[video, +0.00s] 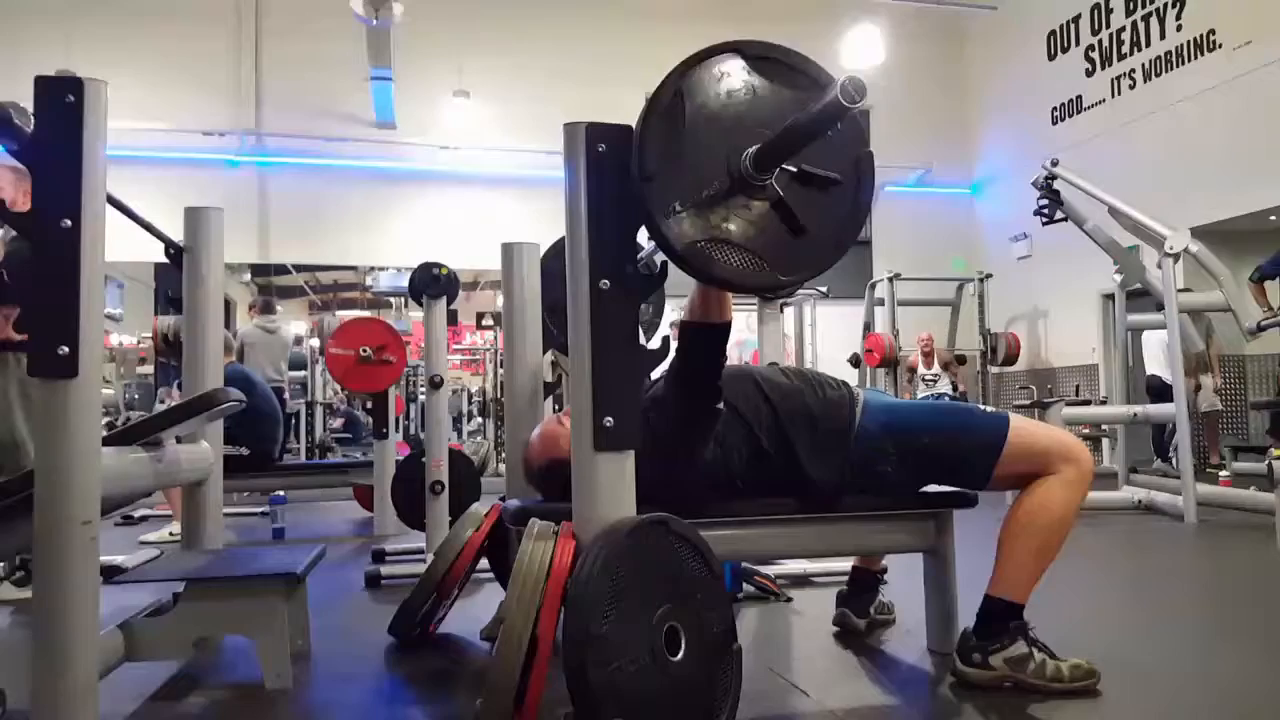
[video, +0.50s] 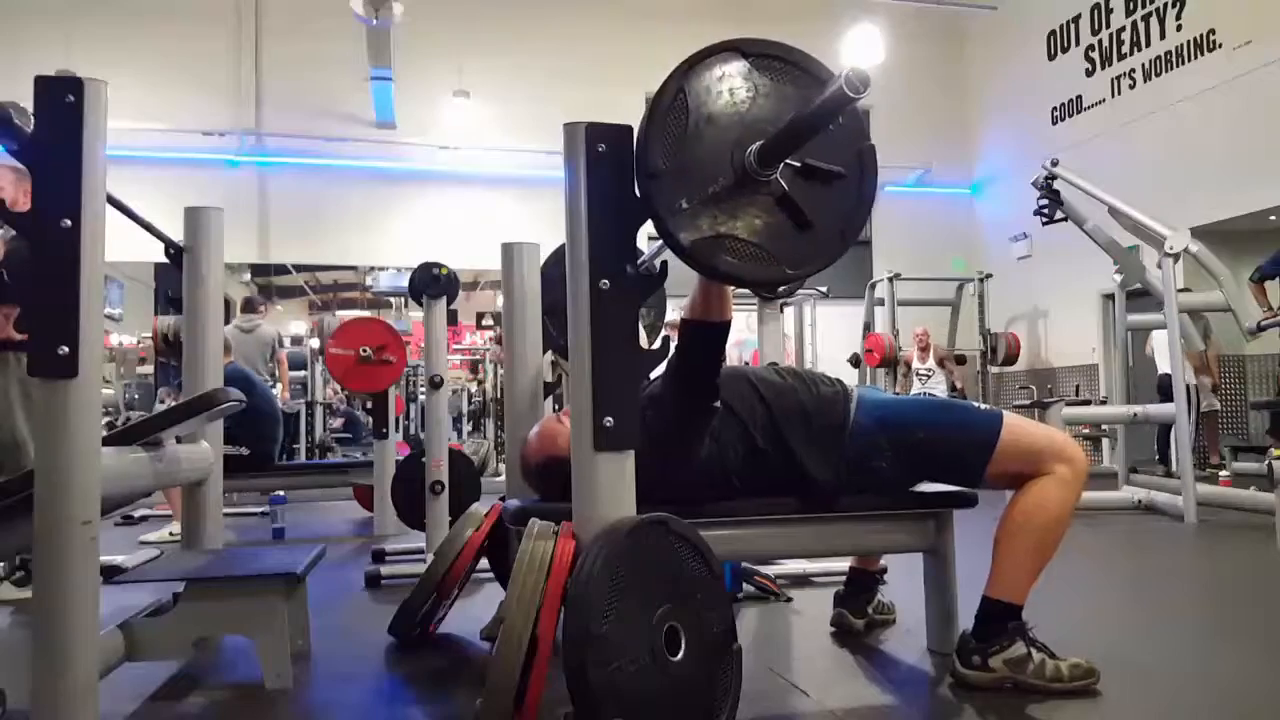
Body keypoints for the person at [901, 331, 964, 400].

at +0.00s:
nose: (925, 343)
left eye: (928, 340)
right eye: (922, 341)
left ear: (932, 342)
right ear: (918, 343)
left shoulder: (944, 357)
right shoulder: (913, 361)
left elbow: (957, 373)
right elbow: (908, 381)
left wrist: (961, 389)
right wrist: (907, 398)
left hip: (943, 391)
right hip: (923, 392)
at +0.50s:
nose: (920, 338)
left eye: (922, 335)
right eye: (917, 336)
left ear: (928, 337)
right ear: (914, 339)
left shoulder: (940, 353)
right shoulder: (910, 356)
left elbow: (953, 371)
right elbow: (902, 375)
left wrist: (960, 388)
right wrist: (898, 391)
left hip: (937, 393)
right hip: (916, 393)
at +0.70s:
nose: (911, 338)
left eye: (914, 335)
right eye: (908, 336)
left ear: (919, 337)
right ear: (905, 339)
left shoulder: (931, 353)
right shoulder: (900, 356)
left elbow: (943, 370)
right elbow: (895, 377)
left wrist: (949, 381)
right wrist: (892, 393)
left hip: (928, 393)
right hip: (907, 393)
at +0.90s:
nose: (901, 337)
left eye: (904, 334)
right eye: (898, 334)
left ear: (908, 337)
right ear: (895, 338)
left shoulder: (919, 354)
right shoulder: (887, 355)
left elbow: (930, 371)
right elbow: (884, 376)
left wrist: (936, 384)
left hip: (915, 393)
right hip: (894, 393)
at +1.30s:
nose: (901, 335)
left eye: (901, 332)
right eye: (897, 333)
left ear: (902, 333)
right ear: (888, 336)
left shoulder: (907, 352)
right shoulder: (876, 352)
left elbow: (918, 369)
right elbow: (870, 372)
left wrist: (925, 380)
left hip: (906, 393)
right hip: (885, 393)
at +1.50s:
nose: (903, 334)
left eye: (902, 332)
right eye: (900, 332)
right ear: (891, 336)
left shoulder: (906, 351)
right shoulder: (877, 352)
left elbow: (915, 365)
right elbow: (869, 372)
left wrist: (931, 374)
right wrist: (872, 391)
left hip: (906, 393)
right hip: (886, 393)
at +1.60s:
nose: (903, 334)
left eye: (903, 331)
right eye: (900, 332)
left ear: (892, 336)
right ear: (890, 336)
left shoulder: (905, 351)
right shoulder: (877, 352)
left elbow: (921, 365)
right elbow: (868, 373)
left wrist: (942, 375)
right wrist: (870, 394)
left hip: (906, 396)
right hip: (886, 397)